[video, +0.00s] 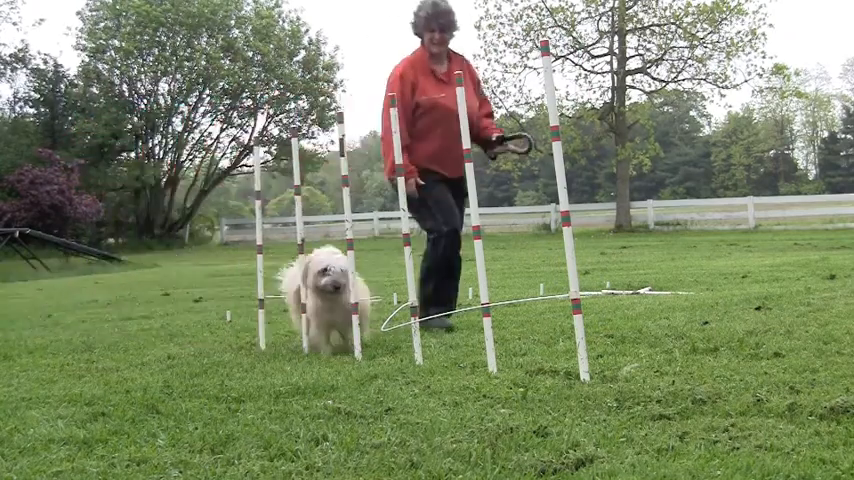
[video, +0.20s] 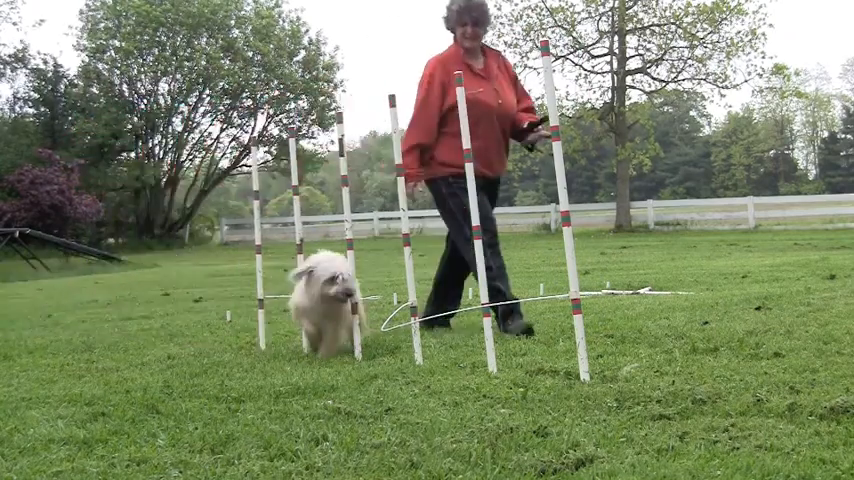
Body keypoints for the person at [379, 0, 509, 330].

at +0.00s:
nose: (437, 36)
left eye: (443, 30)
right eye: (431, 31)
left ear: (451, 32)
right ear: (420, 33)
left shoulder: (464, 68)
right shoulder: (405, 73)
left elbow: (480, 112)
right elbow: (393, 126)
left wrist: (492, 138)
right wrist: (402, 171)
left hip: (455, 171)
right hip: (420, 172)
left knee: (451, 240)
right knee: (446, 230)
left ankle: (441, 313)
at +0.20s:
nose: (469, 30)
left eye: (475, 24)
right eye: (462, 24)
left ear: (485, 26)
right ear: (452, 27)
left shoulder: (499, 63)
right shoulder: (441, 66)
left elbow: (519, 106)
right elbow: (422, 119)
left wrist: (528, 127)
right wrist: (412, 167)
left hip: (489, 171)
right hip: (448, 170)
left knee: (463, 246)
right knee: (480, 237)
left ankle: (435, 318)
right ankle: (509, 318)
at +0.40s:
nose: (499, 17)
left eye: (506, 9)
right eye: (492, 11)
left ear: (516, 10)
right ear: (481, 14)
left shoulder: (532, 50)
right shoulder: (470, 56)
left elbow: (552, 97)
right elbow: (455, 116)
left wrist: (560, 122)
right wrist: (450, 166)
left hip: (526, 168)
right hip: (486, 171)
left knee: (539, 238)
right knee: (503, 245)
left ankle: (494, 293)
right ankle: (512, 321)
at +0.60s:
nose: (532, 6)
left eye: (539, 0)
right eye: (525, 1)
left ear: (550, 3)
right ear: (515, 4)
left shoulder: (568, 42)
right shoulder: (501, 47)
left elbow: (585, 91)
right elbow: (489, 106)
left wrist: (596, 124)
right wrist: (501, 153)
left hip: (564, 160)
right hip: (513, 163)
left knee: (584, 233)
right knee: (508, 247)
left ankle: (609, 311)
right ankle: (514, 323)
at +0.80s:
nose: (569, 2)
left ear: (589, 1)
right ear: (552, 2)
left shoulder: (610, 39)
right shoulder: (539, 43)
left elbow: (627, 93)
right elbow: (525, 104)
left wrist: (637, 124)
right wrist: (529, 156)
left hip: (607, 164)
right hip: (554, 165)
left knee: (619, 244)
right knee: (543, 247)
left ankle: (624, 322)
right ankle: (525, 319)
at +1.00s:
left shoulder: (643, 20)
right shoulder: (565, 25)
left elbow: (666, 72)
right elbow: (544, 90)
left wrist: (674, 105)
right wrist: (542, 146)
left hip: (634, 149)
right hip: (584, 149)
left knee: (634, 234)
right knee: (602, 225)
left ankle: (630, 316)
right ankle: (594, 305)